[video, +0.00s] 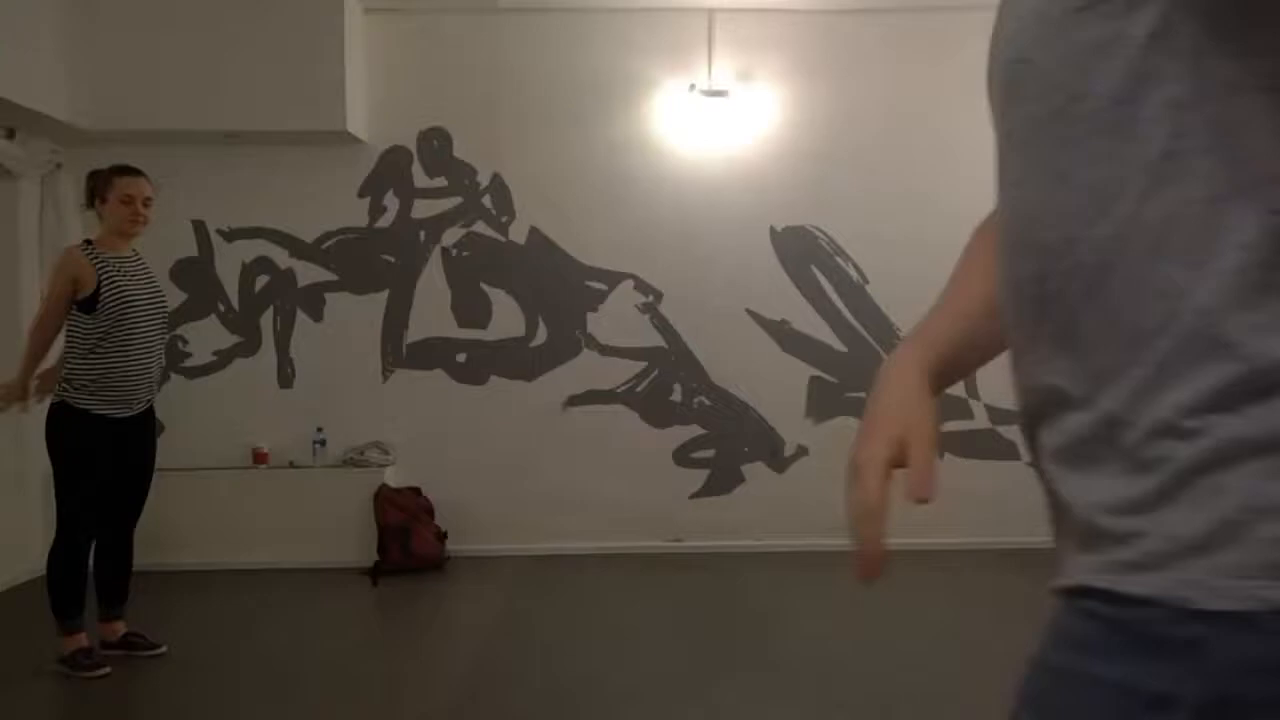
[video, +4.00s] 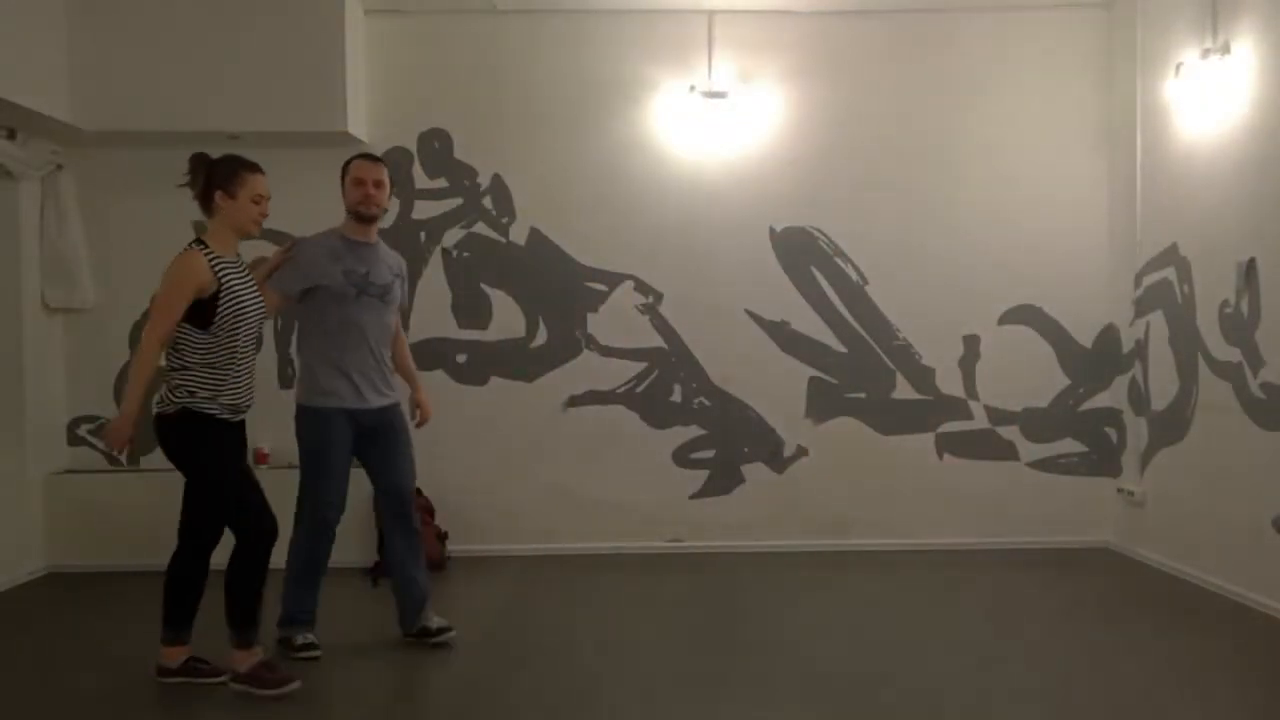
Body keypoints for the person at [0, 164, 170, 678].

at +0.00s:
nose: (139, 211)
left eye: (146, 203)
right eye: (128, 201)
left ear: (151, 211)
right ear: (101, 205)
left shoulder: (136, 264)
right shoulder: (78, 261)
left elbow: (110, 335)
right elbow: (45, 326)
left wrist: (56, 373)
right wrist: (21, 381)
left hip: (133, 421)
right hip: (81, 421)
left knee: (120, 528)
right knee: (76, 529)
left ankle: (113, 629)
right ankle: (73, 639)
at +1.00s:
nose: (116, 208)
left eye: (122, 200)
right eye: (103, 199)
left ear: (127, 207)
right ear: (74, 207)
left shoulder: (126, 269)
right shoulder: (61, 271)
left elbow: (143, 342)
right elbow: (37, 347)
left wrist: (198, 339)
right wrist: (85, 319)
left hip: (132, 423)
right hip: (77, 427)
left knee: (149, 522)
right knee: (86, 533)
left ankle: (116, 625)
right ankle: (72, 642)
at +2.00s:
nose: (197, 199)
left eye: (201, 191)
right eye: (185, 191)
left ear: (203, 199)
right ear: (154, 199)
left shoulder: (208, 266)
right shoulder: (136, 266)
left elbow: (247, 337)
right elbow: (119, 350)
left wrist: (295, 306)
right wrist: (132, 422)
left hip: (217, 422)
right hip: (165, 426)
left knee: (200, 539)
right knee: (167, 542)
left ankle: (189, 650)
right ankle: (167, 660)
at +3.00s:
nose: (215, 200)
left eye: (217, 191)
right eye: (203, 192)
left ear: (217, 198)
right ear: (170, 200)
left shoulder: (210, 261)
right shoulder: (155, 262)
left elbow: (215, 330)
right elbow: (125, 343)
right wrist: (149, 417)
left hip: (214, 421)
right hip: (168, 425)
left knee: (206, 538)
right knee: (177, 541)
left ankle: (190, 650)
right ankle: (168, 660)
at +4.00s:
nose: (266, 210)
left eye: (267, 201)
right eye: (257, 200)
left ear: (234, 204)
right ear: (222, 199)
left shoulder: (235, 263)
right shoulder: (195, 262)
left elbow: (237, 316)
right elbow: (153, 338)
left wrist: (271, 270)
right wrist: (127, 415)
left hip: (222, 421)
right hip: (194, 422)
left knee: (196, 540)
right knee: (258, 528)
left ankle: (174, 654)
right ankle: (245, 658)